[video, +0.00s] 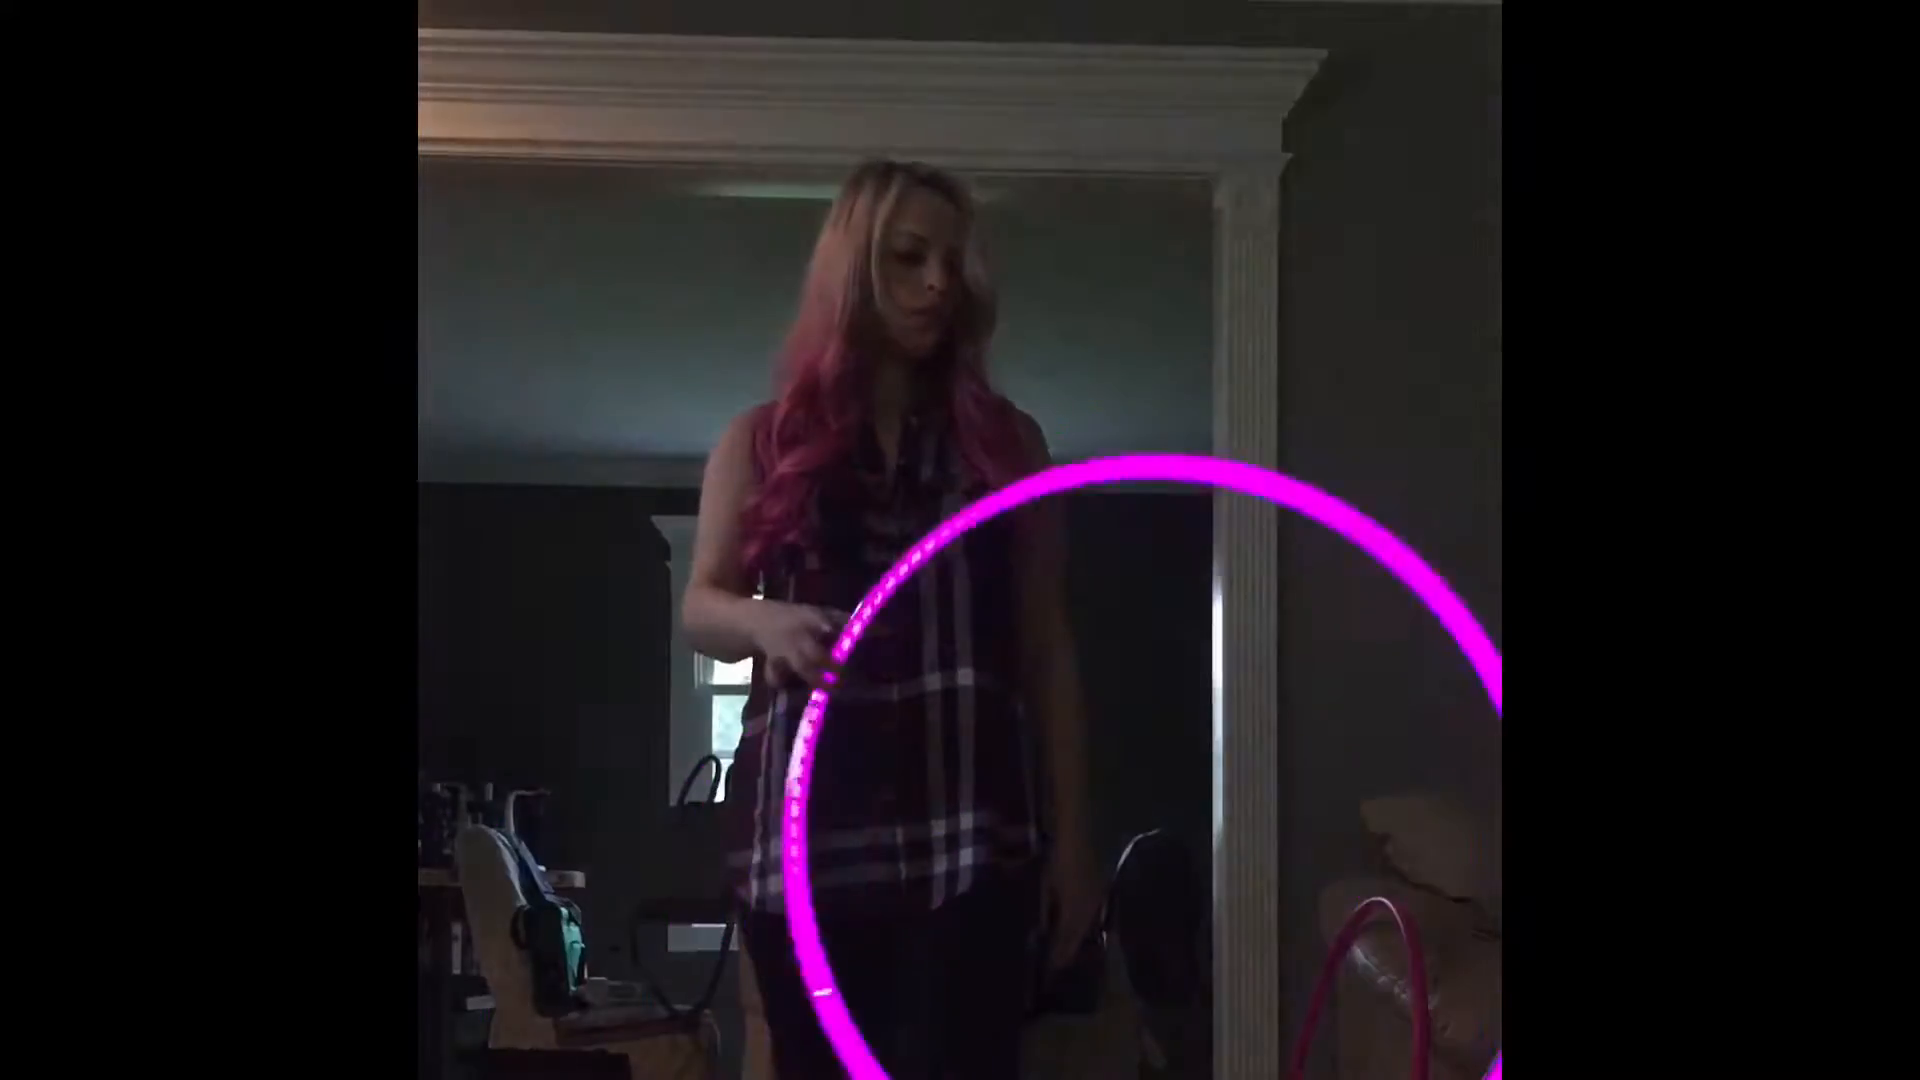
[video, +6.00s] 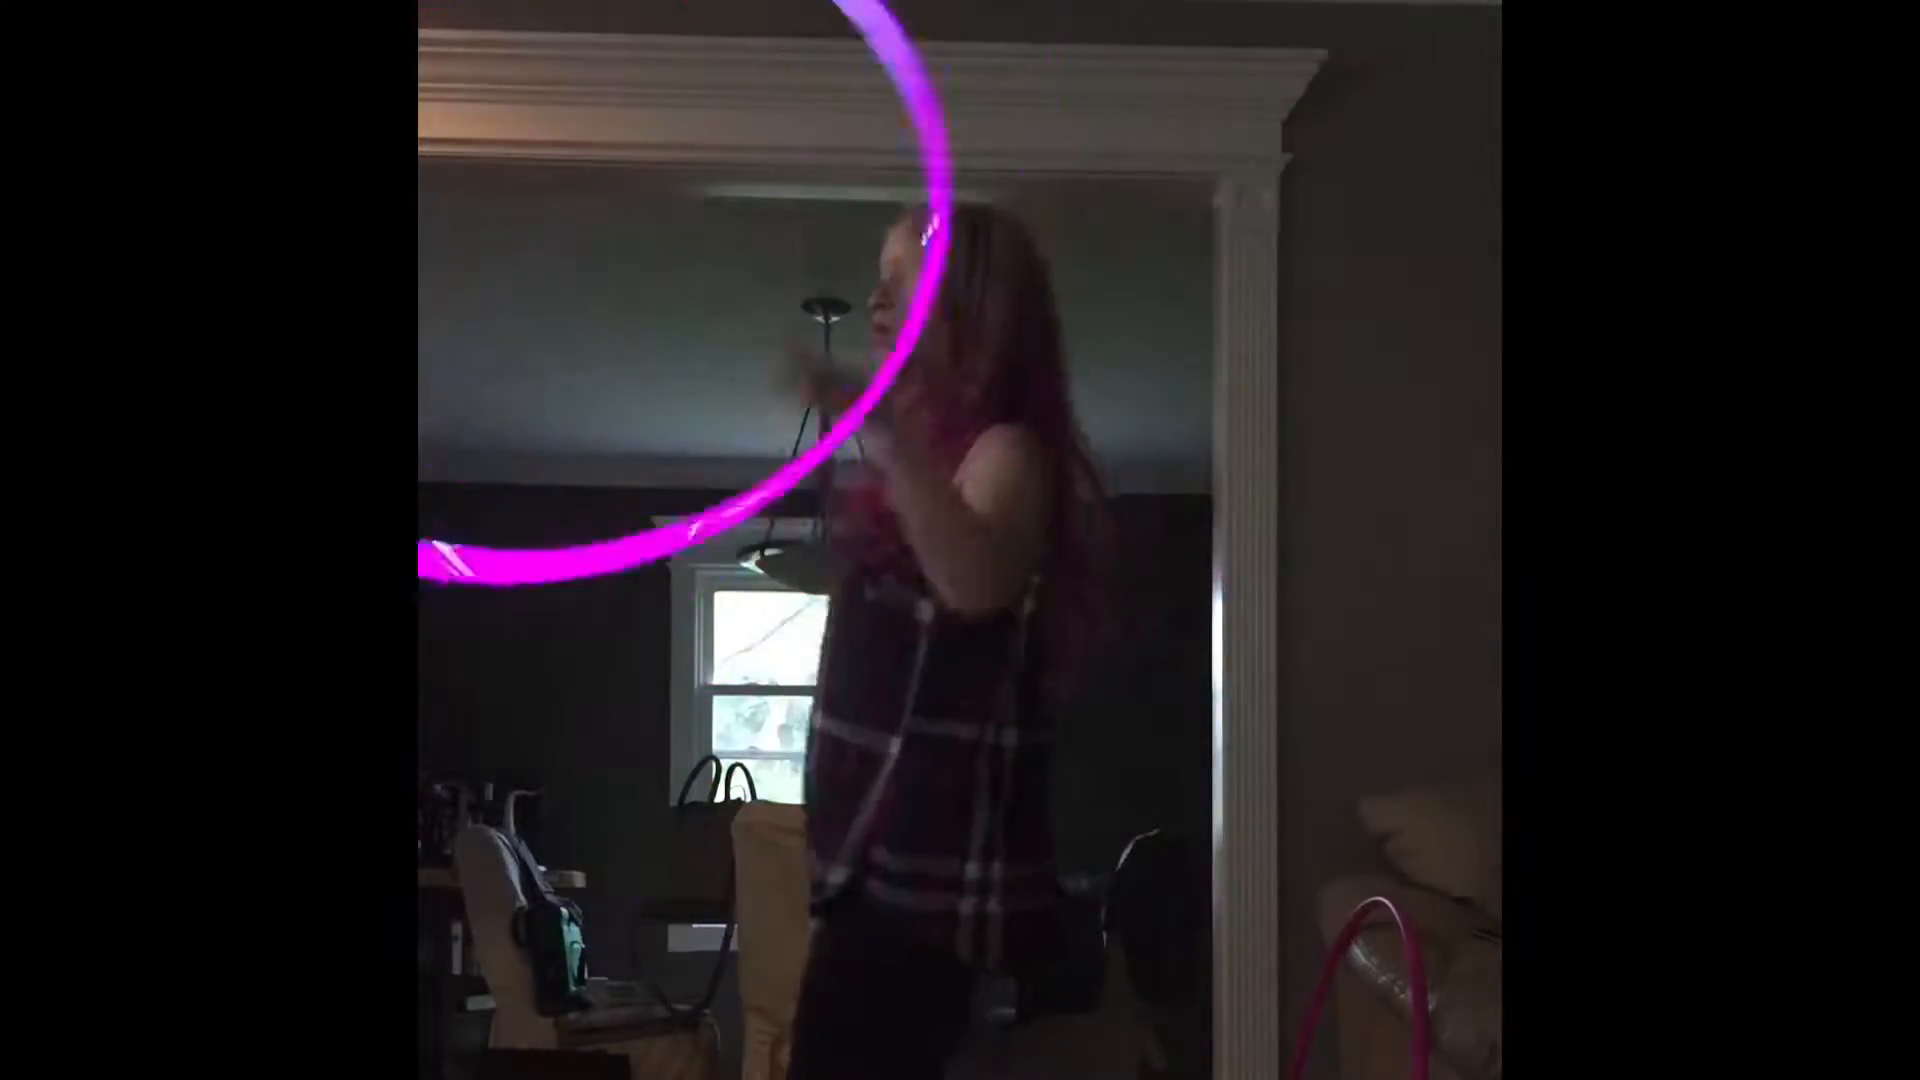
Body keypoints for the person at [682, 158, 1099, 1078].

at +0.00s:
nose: (939, 283)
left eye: (955, 260)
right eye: (910, 256)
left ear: (973, 274)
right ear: (851, 267)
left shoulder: (1006, 440)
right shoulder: (763, 442)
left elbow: (1047, 648)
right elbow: (700, 610)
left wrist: (1070, 840)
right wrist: (766, 623)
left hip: (975, 835)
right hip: (814, 840)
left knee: (973, 1059)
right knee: (828, 1064)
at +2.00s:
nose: (1004, 229)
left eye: (1031, 209)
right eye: (980, 214)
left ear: (1072, 244)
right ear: (950, 250)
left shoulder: (1134, 422)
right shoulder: (896, 407)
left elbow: (1173, 643)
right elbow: (738, 491)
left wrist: (1187, 840)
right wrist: (803, 368)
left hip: (1082, 850)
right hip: (907, 850)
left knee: (1053, 1070)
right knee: (893, 1067)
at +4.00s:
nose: (943, 298)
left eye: (961, 280)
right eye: (942, 280)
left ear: (1019, 290)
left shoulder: (1053, 415)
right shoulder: (1041, 412)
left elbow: (912, 572)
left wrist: (743, 715)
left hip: (1045, 842)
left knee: (977, 1053)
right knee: (990, 1051)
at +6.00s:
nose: (879, 316)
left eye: (901, 296)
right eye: (881, 295)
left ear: (971, 310)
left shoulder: (1008, 447)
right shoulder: (937, 442)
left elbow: (980, 582)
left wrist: (898, 436)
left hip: (930, 879)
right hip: (878, 861)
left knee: (848, 1058)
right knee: (842, 1053)